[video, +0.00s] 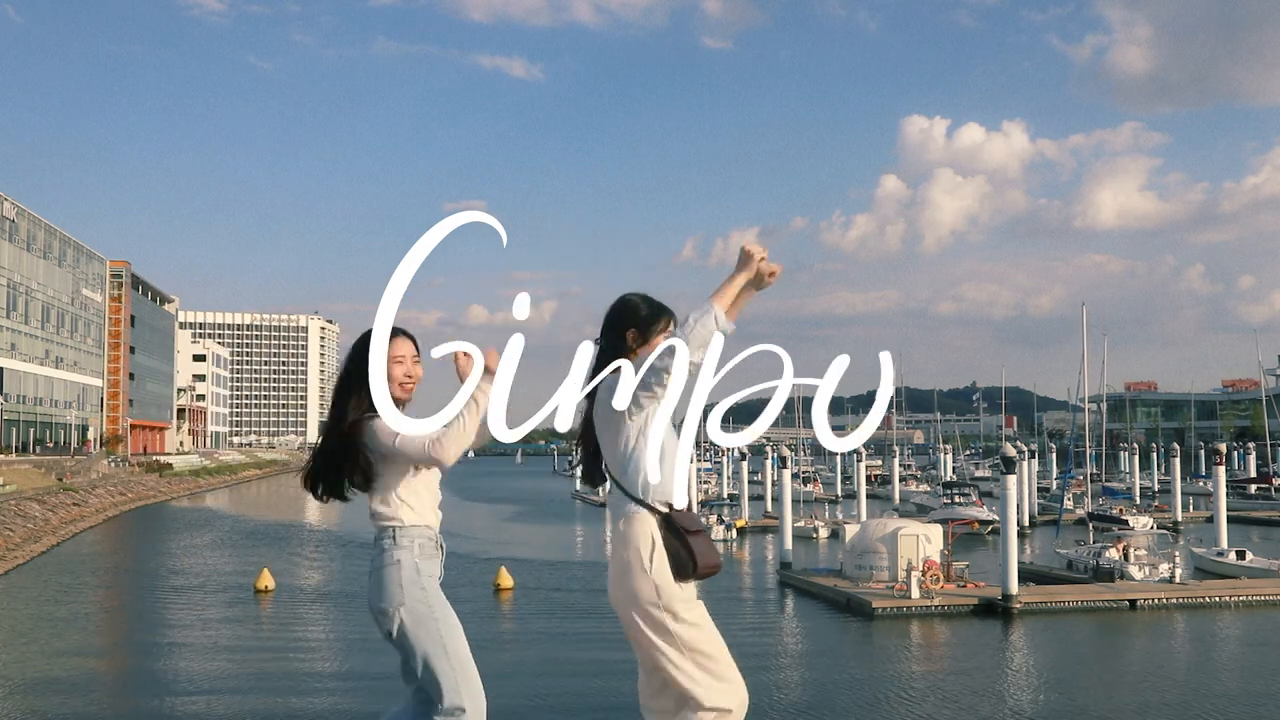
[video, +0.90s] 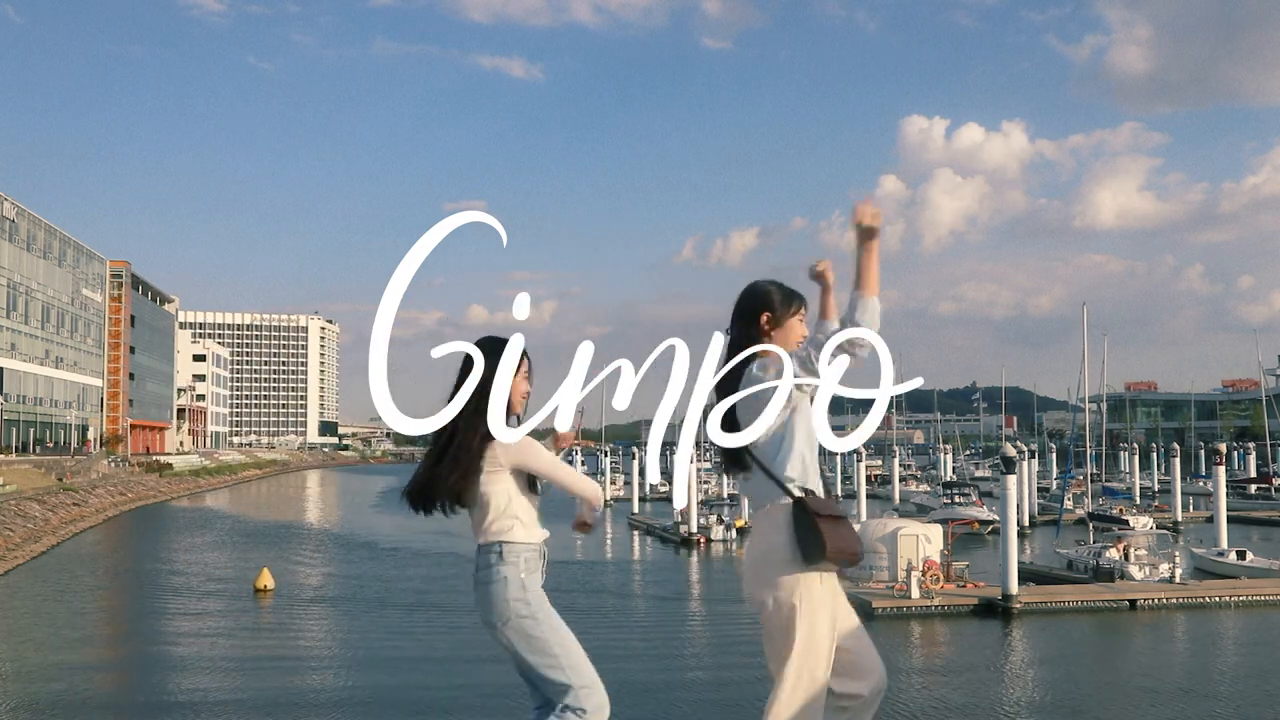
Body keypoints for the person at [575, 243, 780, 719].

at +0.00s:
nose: (673, 347)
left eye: (673, 336)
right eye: (665, 336)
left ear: (636, 341)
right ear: (633, 340)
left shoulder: (640, 392)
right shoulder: (621, 390)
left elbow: (699, 342)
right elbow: (684, 344)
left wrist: (750, 287)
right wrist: (740, 274)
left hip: (655, 549)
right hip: (643, 551)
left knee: (663, 697)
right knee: (723, 695)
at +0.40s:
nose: (736, 344)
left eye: (735, 335)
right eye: (729, 335)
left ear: (688, 342)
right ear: (699, 340)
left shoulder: (682, 397)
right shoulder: (701, 392)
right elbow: (761, 354)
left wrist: (748, 291)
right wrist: (765, 260)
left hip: (700, 561)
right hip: (723, 562)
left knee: (712, 704)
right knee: (783, 699)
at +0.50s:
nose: (747, 343)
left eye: (746, 333)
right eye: (739, 332)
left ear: (701, 340)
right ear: (709, 338)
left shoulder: (689, 397)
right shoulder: (710, 391)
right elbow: (766, 345)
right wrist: (804, 269)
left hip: (716, 557)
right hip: (735, 558)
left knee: (726, 700)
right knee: (795, 697)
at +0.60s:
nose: (756, 343)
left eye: (756, 333)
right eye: (749, 335)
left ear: (722, 341)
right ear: (724, 340)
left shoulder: (730, 391)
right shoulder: (722, 394)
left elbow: (778, 354)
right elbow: (764, 358)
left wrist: (816, 288)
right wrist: (793, 293)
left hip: (743, 557)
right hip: (745, 561)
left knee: (736, 700)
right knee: (799, 700)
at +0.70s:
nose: (775, 344)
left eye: (773, 335)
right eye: (767, 335)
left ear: (736, 343)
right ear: (741, 341)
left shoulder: (744, 398)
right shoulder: (734, 398)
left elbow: (803, 362)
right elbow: (799, 364)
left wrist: (814, 292)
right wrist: (777, 308)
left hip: (770, 552)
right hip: (757, 554)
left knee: (802, 695)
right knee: (777, 699)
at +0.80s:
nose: (794, 346)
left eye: (791, 336)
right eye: (787, 335)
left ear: (746, 344)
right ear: (757, 338)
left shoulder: (739, 402)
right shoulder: (758, 396)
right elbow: (827, 361)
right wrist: (799, 282)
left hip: (763, 557)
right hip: (773, 557)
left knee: (841, 695)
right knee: (805, 701)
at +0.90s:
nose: (806, 330)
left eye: (805, 321)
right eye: (800, 320)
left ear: (764, 326)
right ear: (768, 324)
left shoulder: (779, 375)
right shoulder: (767, 368)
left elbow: (826, 342)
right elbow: (859, 331)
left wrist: (826, 286)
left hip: (795, 535)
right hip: (785, 536)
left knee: (864, 678)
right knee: (798, 692)